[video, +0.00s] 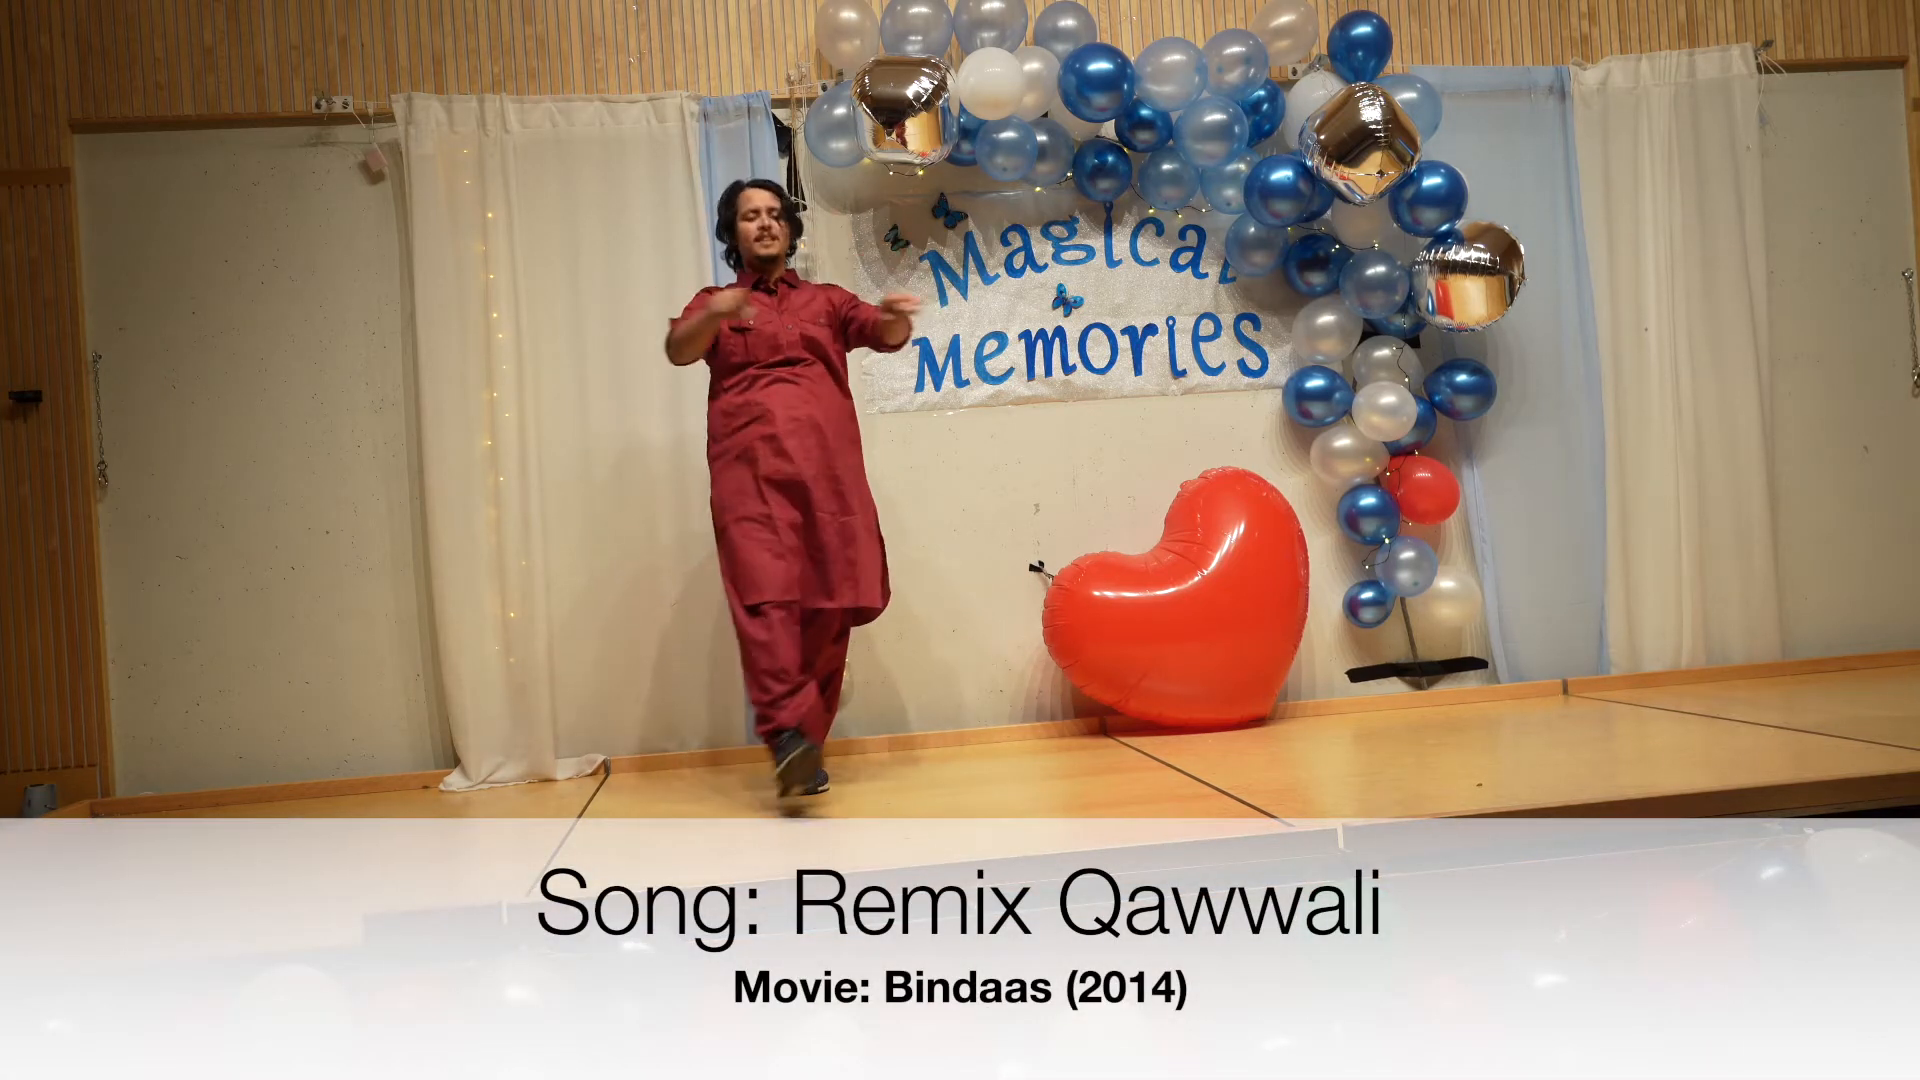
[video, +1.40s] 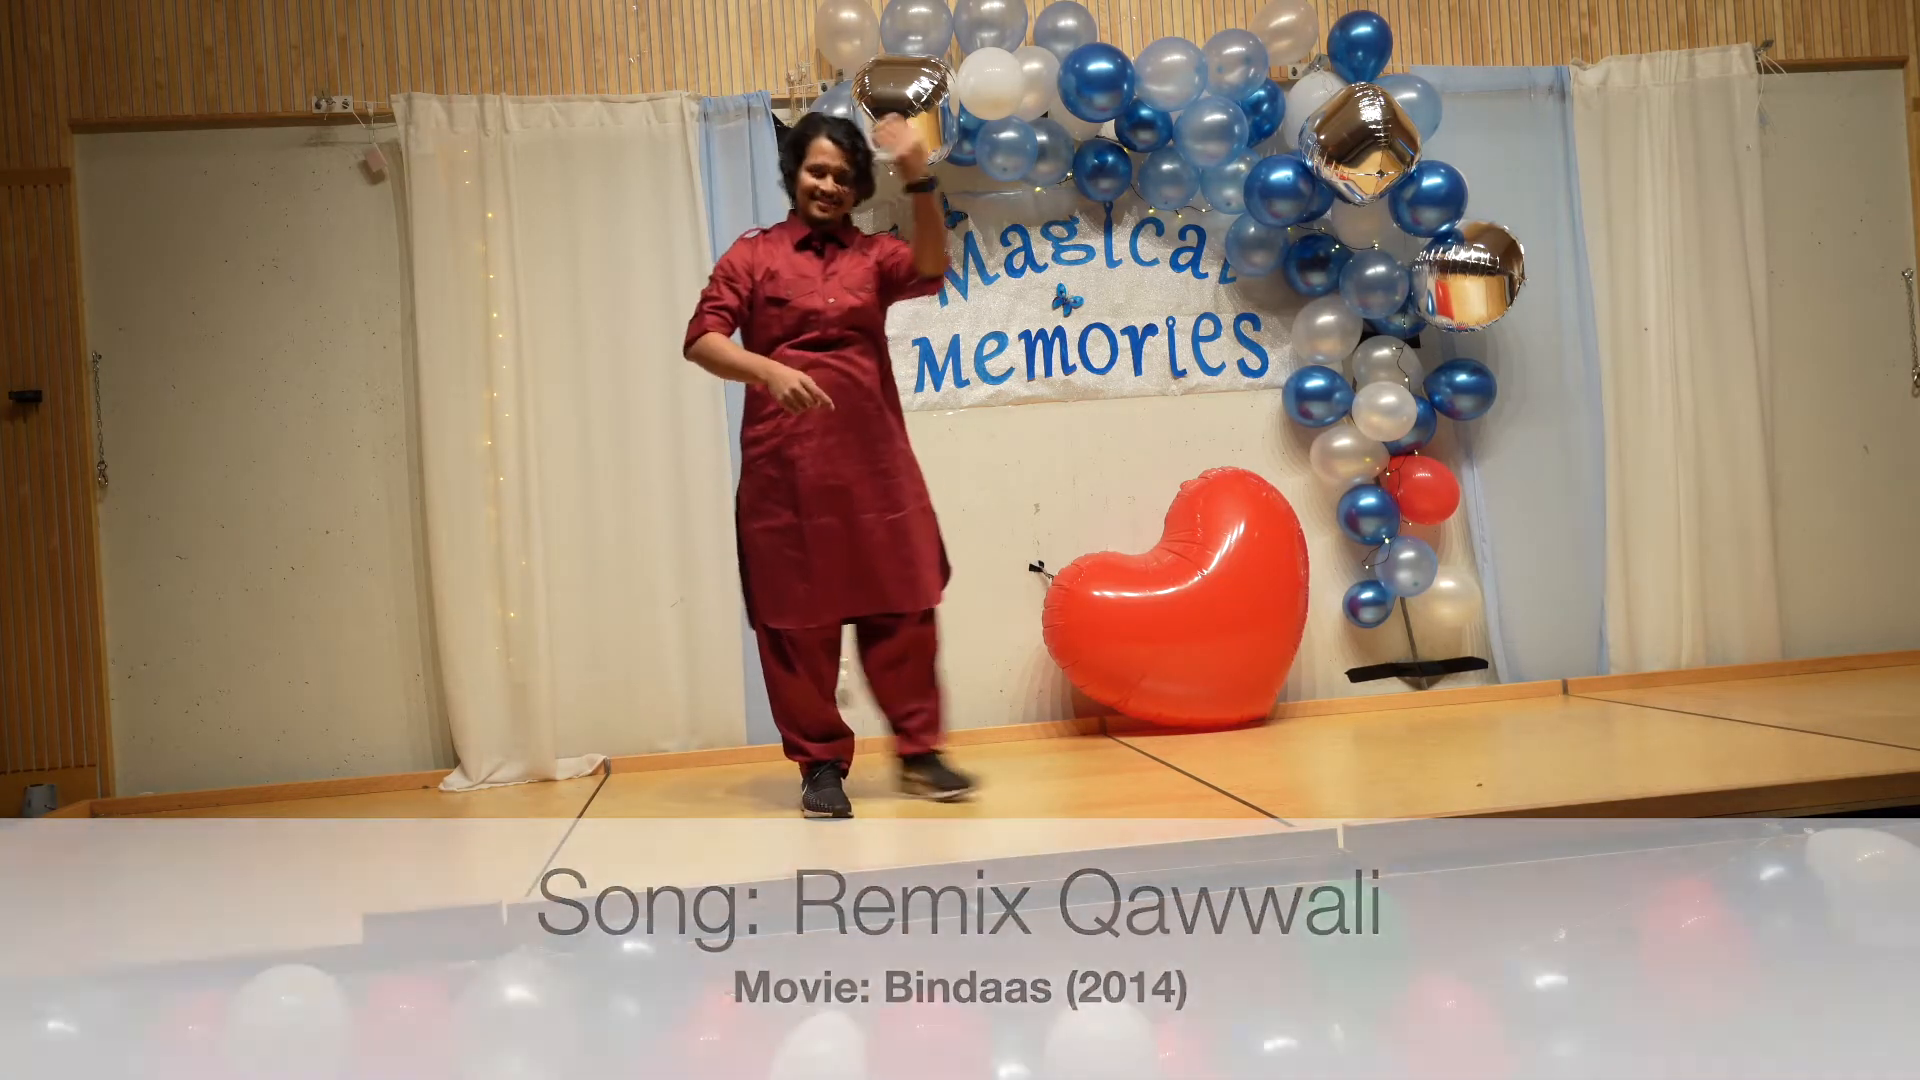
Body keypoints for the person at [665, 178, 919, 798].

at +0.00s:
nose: (764, 224)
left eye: (773, 215)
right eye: (752, 217)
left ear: (791, 229)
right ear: (732, 235)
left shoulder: (826, 299)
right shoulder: (714, 303)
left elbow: (888, 335)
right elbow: (678, 353)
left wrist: (895, 318)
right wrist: (714, 313)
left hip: (827, 471)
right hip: (750, 476)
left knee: (827, 606)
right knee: (767, 602)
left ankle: (808, 742)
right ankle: (791, 742)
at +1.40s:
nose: (827, 185)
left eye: (841, 176)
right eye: (815, 172)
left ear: (858, 185)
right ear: (792, 175)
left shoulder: (876, 252)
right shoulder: (752, 253)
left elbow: (931, 268)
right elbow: (702, 340)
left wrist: (917, 182)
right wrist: (767, 370)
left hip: (873, 456)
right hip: (785, 465)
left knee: (903, 604)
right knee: (796, 618)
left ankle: (920, 753)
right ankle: (820, 766)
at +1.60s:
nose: (852, 197)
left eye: (868, 187)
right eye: (841, 181)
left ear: (887, 191)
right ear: (818, 178)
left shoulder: (906, 255)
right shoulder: (777, 255)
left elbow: (983, 286)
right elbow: (720, 343)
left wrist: (1014, 228)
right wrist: (783, 392)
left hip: (900, 463)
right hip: (810, 470)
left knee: (948, 605)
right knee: (809, 622)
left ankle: (996, 750)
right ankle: (822, 768)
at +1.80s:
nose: (907, 202)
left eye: (921, 192)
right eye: (896, 188)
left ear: (940, 193)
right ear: (874, 183)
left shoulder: (957, 258)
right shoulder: (829, 255)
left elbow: (1025, 329)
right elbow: (769, 346)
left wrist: (1084, 323)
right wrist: (825, 410)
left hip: (942, 464)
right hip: (852, 466)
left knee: (973, 611)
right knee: (834, 618)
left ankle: (1005, 760)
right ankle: (825, 768)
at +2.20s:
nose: (1004, 189)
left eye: (1019, 178)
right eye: (992, 174)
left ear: (1034, 177)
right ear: (965, 166)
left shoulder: (1039, 243)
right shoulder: (919, 237)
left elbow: (1100, 301)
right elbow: (874, 334)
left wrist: (1095, 225)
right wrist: (951, 393)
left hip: (1023, 453)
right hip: (938, 452)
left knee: (1018, 601)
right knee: (928, 601)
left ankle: (1010, 760)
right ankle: (905, 747)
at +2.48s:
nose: (1040, 185)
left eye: (1055, 175)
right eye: (1029, 168)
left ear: (1069, 176)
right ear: (999, 159)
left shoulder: (1071, 241)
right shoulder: (949, 235)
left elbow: (1164, 266)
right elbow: (894, 330)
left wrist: (1184, 176)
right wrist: (967, 402)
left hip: (1050, 450)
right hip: (973, 451)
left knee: (1039, 595)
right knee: (997, 599)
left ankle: (1006, 760)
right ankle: (1044, 761)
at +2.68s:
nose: (1059, 179)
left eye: (1073, 168)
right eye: (1047, 162)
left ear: (1088, 170)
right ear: (1017, 155)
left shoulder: (1082, 240)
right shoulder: (969, 234)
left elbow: (1155, 308)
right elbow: (914, 335)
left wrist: (1243, 274)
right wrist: (983, 417)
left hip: (1064, 453)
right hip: (997, 453)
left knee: (1044, 600)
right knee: (1026, 604)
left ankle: (1009, 756)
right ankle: (1080, 768)